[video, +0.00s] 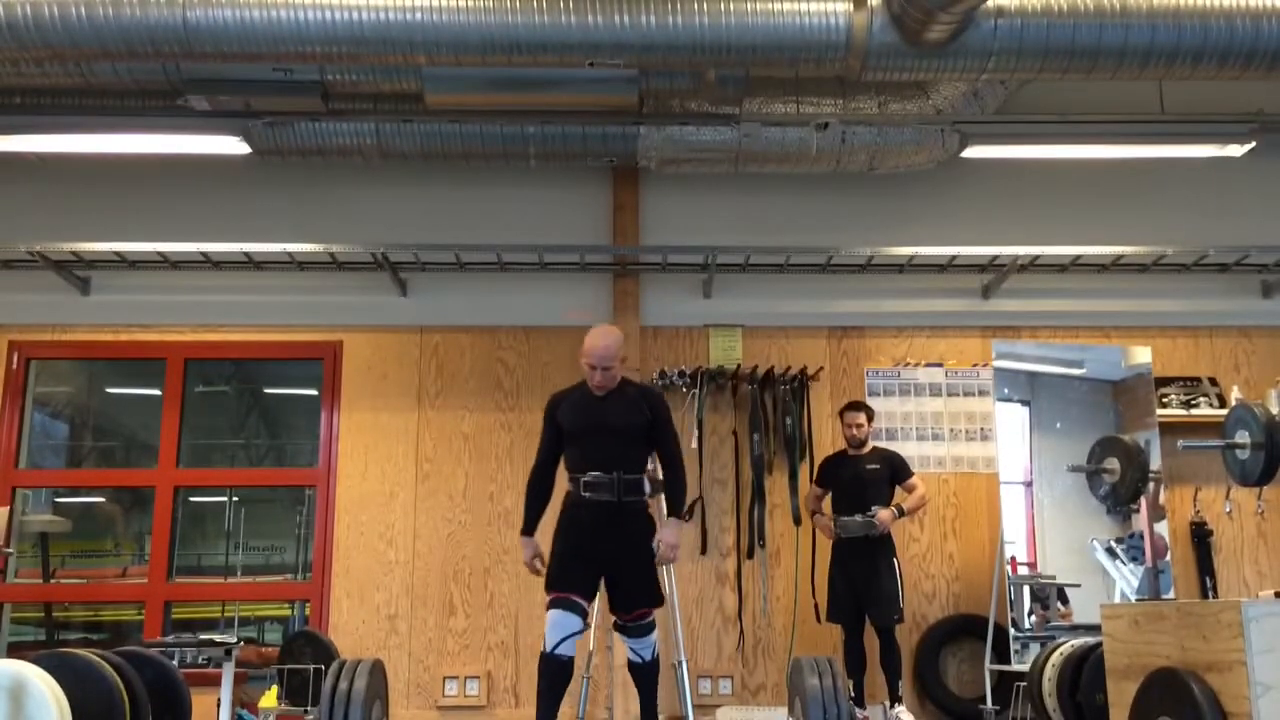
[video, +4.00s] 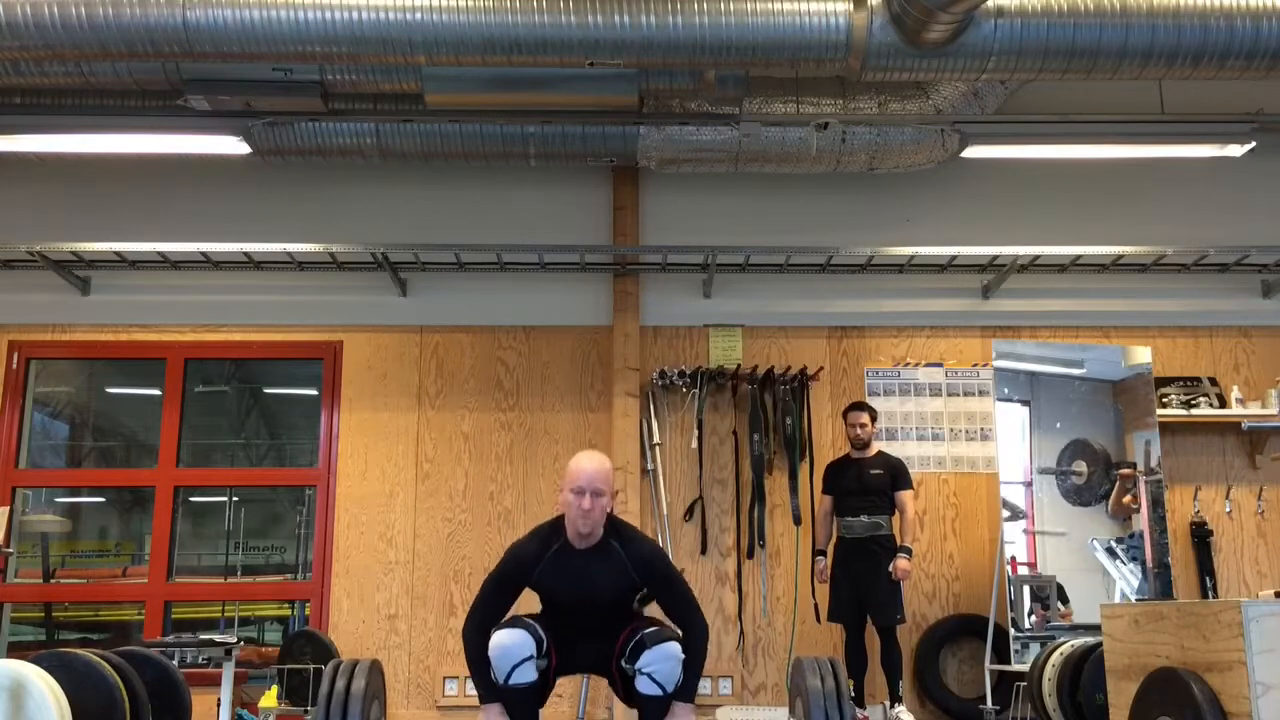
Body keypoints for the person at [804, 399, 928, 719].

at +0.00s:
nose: (854, 431)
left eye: (859, 426)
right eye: (849, 426)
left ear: (870, 427)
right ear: (841, 427)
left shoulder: (889, 459)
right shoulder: (831, 464)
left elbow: (920, 494)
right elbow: (813, 500)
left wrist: (895, 512)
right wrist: (818, 518)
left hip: (879, 552)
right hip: (845, 554)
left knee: (885, 630)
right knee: (852, 631)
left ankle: (896, 704)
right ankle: (858, 706)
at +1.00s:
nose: (851, 434)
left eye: (856, 428)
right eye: (845, 429)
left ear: (868, 427)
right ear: (839, 430)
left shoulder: (889, 460)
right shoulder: (831, 468)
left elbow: (921, 496)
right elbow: (820, 508)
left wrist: (901, 526)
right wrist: (823, 534)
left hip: (879, 555)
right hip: (844, 557)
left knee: (885, 631)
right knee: (851, 632)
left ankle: (896, 704)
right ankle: (858, 706)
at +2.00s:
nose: (856, 435)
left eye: (861, 429)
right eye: (850, 430)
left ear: (872, 428)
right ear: (843, 429)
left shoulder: (891, 465)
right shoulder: (834, 468)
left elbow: (908, 507)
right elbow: (823, 512)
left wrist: (913, 547)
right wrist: (815, 553)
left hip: (880, 555)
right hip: (846, 556)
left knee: (886, 630)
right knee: (852, 632)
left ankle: (896, 703)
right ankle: (858, 706)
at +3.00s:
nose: (856, 433)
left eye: (862, 427)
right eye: (851, 428)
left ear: (873, 427)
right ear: (845, 429)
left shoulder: (894, 465)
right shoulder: (837, 468)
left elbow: (907, 509)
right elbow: (827, 514)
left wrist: (904, 550)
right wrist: (820, 554)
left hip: (882, 559)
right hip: (847, 559)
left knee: (887, 632)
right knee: (853, 633)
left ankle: (896, 704)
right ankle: (858, 705)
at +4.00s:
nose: (857, 431)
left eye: (862, 425)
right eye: (852, 426)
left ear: (874, 427)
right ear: (845, 429)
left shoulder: (892, 465)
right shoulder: (834, 468)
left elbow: (907, 511)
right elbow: (824, 513)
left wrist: (905, 552)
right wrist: (820, 555)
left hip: (882, 557)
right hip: (846, 558)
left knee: (886, 631)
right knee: (853, 632)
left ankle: (896, 703)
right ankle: (857, 705)